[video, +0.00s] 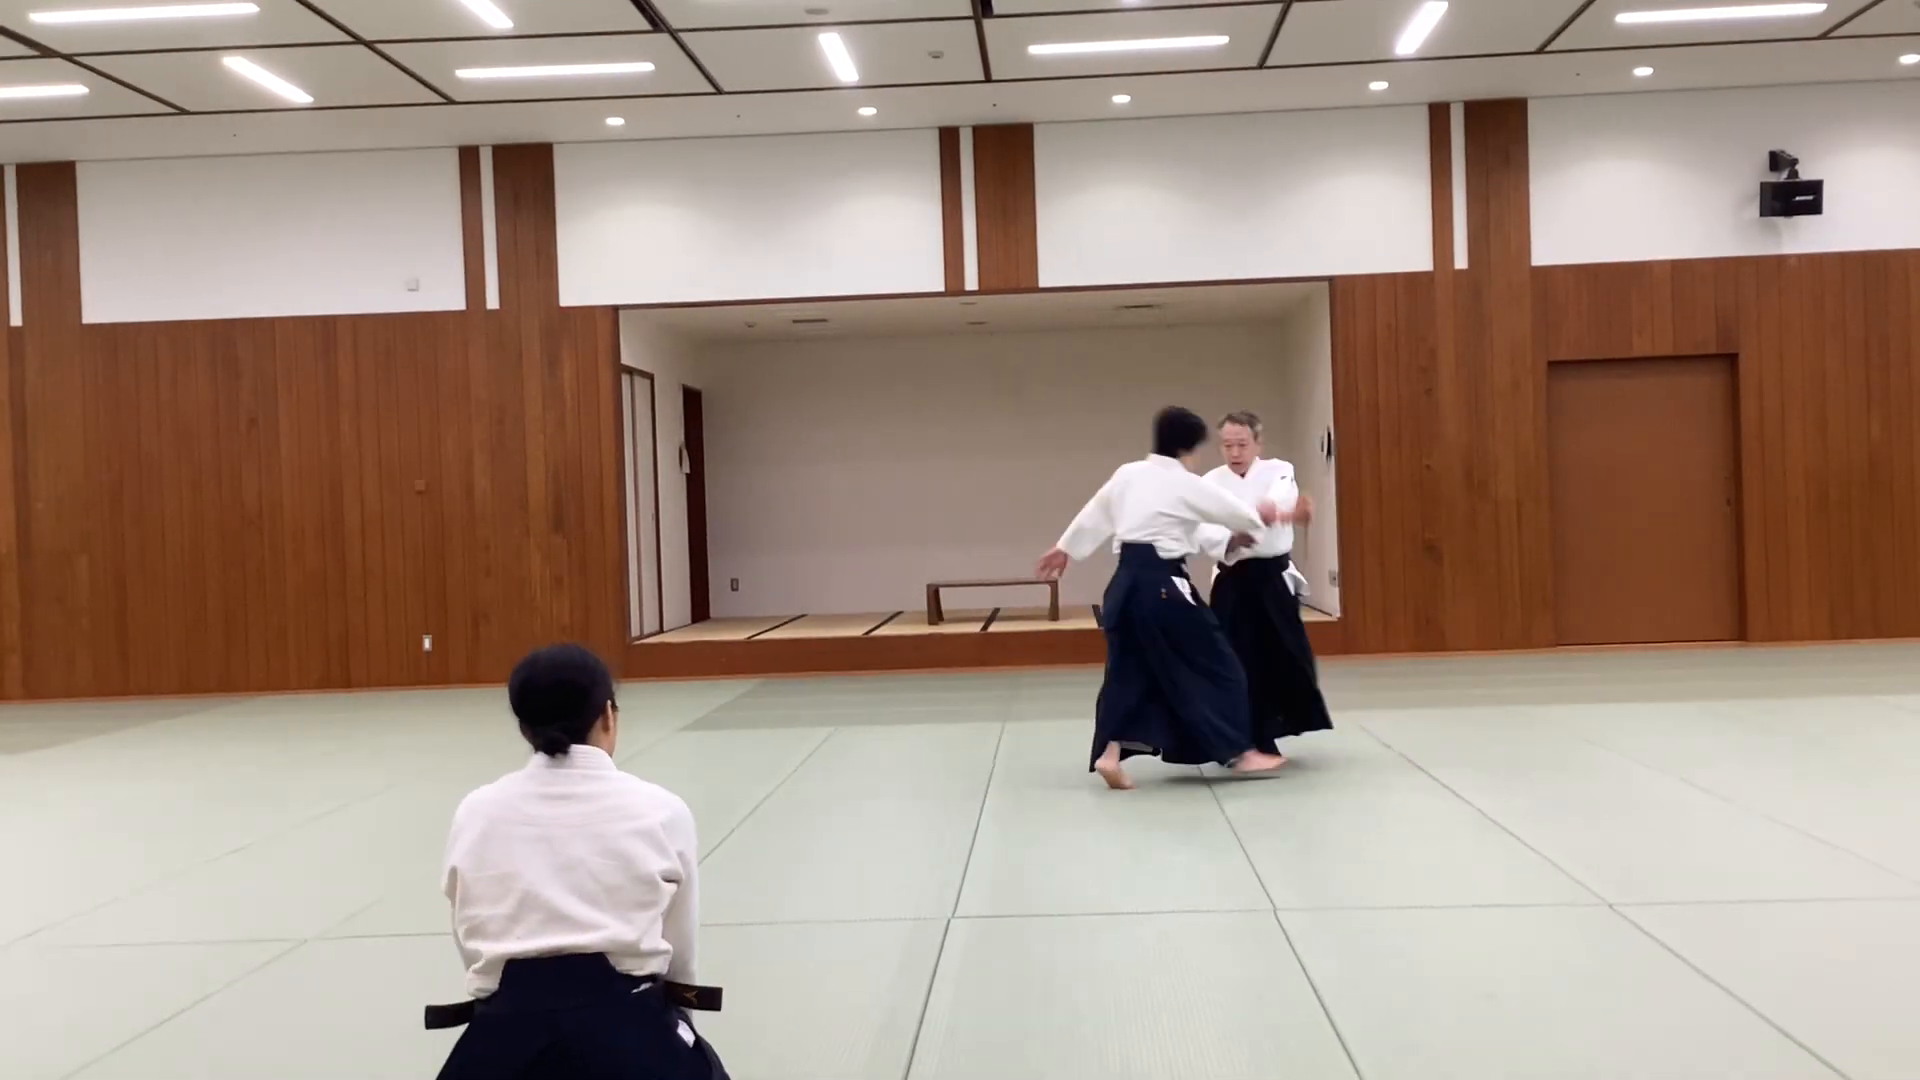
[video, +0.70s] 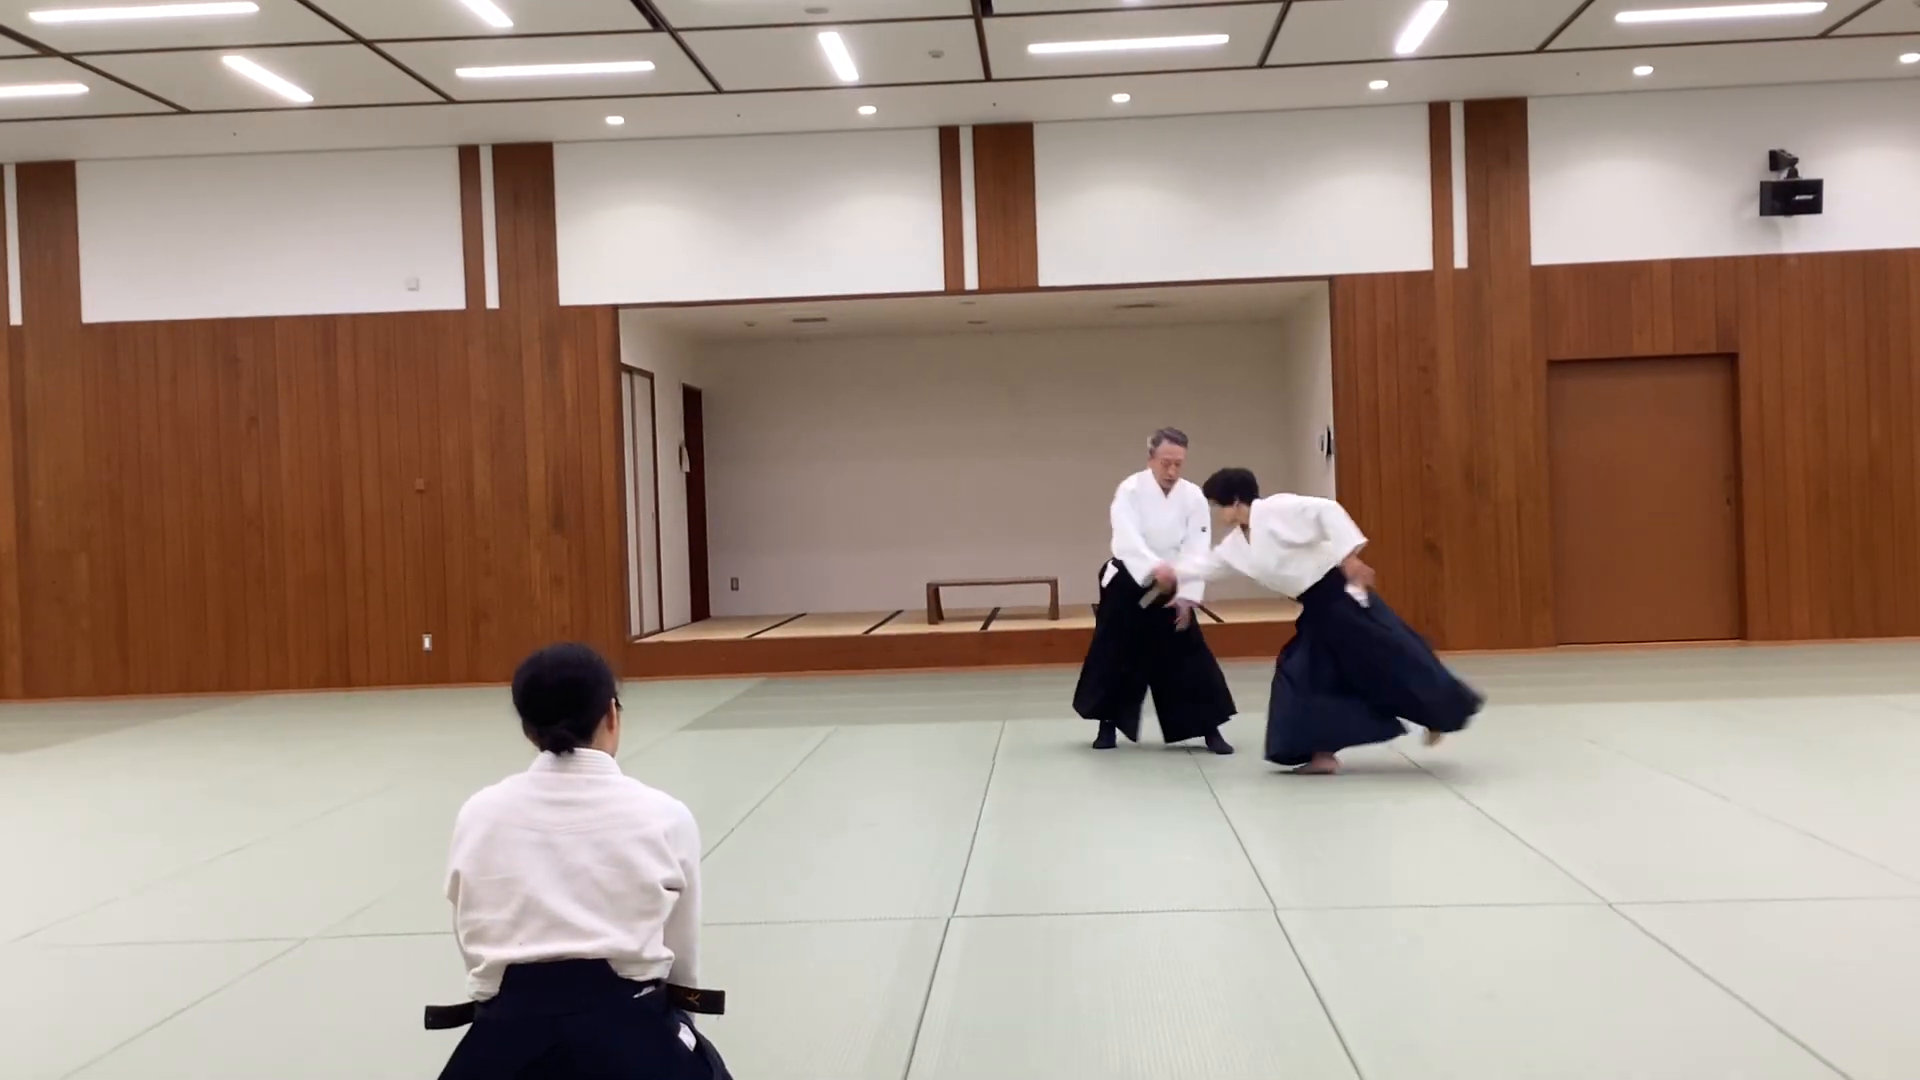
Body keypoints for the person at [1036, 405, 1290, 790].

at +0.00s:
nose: (1200, 454)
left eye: (1198, 447)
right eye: (1199, 447)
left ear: (1157, 440)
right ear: (1189, 446)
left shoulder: (1126, 475)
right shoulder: (1186, 483)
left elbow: (1092, 514)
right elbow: (1232, 511)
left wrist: (1064, 547)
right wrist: (1260, 516)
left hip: (1124, 585)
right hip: (1166, 586)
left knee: (1127, 669)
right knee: (1218, 663)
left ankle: (1109, 754)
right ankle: (1244, 753)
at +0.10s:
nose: (1240, 472)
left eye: (1239, 466)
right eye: (1240, 465)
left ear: (1196, 455)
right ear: (1234, 466)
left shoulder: (1160, 484)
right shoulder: (1231, 498)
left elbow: (1114, 511)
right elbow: (1266, 544)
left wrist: (1072, 535)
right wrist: (1287, 550)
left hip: (1143, 585)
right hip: (1189, 592)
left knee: (1133, 670)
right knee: (1231, 672)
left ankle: (1112, 753)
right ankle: (1285, 749)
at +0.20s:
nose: (1214, 469)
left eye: (1219, 464)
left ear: (1229, 471)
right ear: (1267, 481)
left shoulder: (1197, 496)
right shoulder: (1269, 509)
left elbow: (1152, 511)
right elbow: (1291, 563)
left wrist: (1109, 526)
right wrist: (1305, 569)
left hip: (1181, 582)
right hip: (1231, 589)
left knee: (1155, 669)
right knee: (1258, 675)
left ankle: (1117, 760)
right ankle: (1293, 760)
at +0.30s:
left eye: (1232, 483)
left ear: (1239, 492)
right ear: (1278, 501)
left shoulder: (1224, 509)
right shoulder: (1282, 524)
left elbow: (1191, 518)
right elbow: (1299, 572)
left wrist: (1165, 528)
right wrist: (1289, 592)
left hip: (1224, 586)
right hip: (1271, 592)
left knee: (1187, 667)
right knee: (1289, 676)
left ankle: (1149, 760)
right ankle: (1297, 761)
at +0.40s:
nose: (1213, 475)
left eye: (1220, 468)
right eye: (1207, 468)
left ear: (1229, 467)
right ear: (1194, 465)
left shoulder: (1234, 489)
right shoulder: (1183, 504)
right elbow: (1205, 558)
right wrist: (1237, 594)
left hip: (1209, 576)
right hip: (1170, 579)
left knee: (1211, 651)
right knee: (1166, 653)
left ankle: (1215, 728)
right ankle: (1144, 726)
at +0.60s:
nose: (1189, 474)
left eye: (1195, 468)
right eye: (1182, 466)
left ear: (1202, 467)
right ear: (1168, 464)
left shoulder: (1206, 497)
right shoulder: (1148, 501)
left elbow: (1215, 544)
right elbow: (1154, 555)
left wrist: (1219, 582)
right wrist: (1186, 591)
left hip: (1183, 583)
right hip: (1140, 584)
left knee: (1204, 657)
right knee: (1121, 657)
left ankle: (1217, 733)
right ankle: (1108, 728)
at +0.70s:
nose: (1172, 471)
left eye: (1178, 465)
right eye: (1166, 463)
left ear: (1185, 462)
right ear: (1150, 458)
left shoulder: (1194, 496)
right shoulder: (1129, 490)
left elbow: (1198, 549)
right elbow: (1124, 540)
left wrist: (1188, 594)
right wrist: (1154, 567)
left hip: (1174, 586)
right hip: (1127, 583)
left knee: (1193, 657)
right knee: (1116, 655)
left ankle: (1210, 729)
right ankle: (1107, 726)